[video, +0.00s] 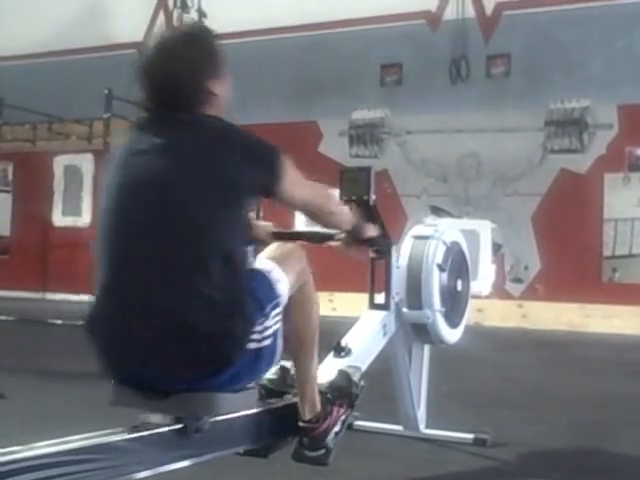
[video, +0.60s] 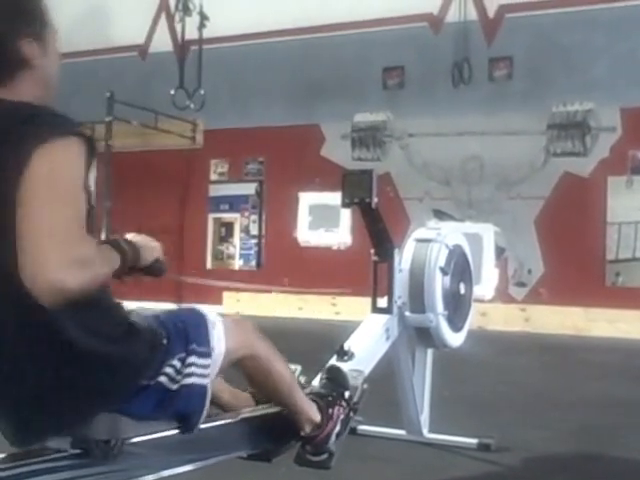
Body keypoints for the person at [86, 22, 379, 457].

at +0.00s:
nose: (228, 84)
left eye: (224, 73)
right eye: (223, 73)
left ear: (153, 87)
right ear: (210, 85)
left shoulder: (131, 149)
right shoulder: (230, 146)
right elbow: (320, 202)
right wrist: (354, 224)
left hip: (126, 361)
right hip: (205, 365)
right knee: (293, 256)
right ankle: (311, 410)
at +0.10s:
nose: (180, 73)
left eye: (177, 60)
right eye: (175, 60)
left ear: (101, 72)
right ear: (158, 69)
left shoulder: (85, 140)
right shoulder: (189, 138)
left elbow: (122, 229)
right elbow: (280, 200)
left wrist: (209, 227)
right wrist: (321, 228)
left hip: (90, 367)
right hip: (178, 368)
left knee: (213, 270)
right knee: (278, 273)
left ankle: (246, 401)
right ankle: (311, 410)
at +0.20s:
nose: (128, 53)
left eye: (121, 41)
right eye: (120, 42)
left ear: (43, 60)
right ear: (102, 50)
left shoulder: (33, 133)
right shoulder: (142, 128)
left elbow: (87, 208)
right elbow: (242, 196)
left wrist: (177, 225)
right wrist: (293, 228)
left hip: (49, 370)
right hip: (136, 366)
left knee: (184, 289)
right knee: (261, 293)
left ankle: (244, 406)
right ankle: (312, 417)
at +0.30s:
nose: (70, 50)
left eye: (67, 38)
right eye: (64, 38)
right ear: (41, 44)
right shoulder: (88, 132)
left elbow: (38, 222)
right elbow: (211, 208)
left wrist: (130, 224)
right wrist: (260, 228)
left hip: (25, 379)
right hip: (108, 362)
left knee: (203, 379)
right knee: (250, 331)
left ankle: (260, 415)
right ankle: (315, 418)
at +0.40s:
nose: (33, 65)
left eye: (31, 50)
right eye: (30, 50)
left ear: (5, 51)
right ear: (7, 53)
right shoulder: (48, 144)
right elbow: (173, 250)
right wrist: (212, 243)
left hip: (9, 381)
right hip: (80, 370)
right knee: (240, 350)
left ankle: (267, 409)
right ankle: (315, 419)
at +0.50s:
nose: (32, 63)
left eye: (30, 48)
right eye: (29, 49)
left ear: (4, 53)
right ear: (7, 54)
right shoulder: (34, 140)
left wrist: (132, 249)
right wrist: (160, 247)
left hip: (10, 381)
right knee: (235, 345)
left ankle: (262, 412)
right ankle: (314, 420)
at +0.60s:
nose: (58, 60)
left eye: (55, 47)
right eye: (52, 46)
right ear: (29, 48)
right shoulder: (47, 135)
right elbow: (55, 273)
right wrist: (127, 250)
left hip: (10, 365)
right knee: (243, 333)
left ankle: (245, 407)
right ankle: (312, 420)